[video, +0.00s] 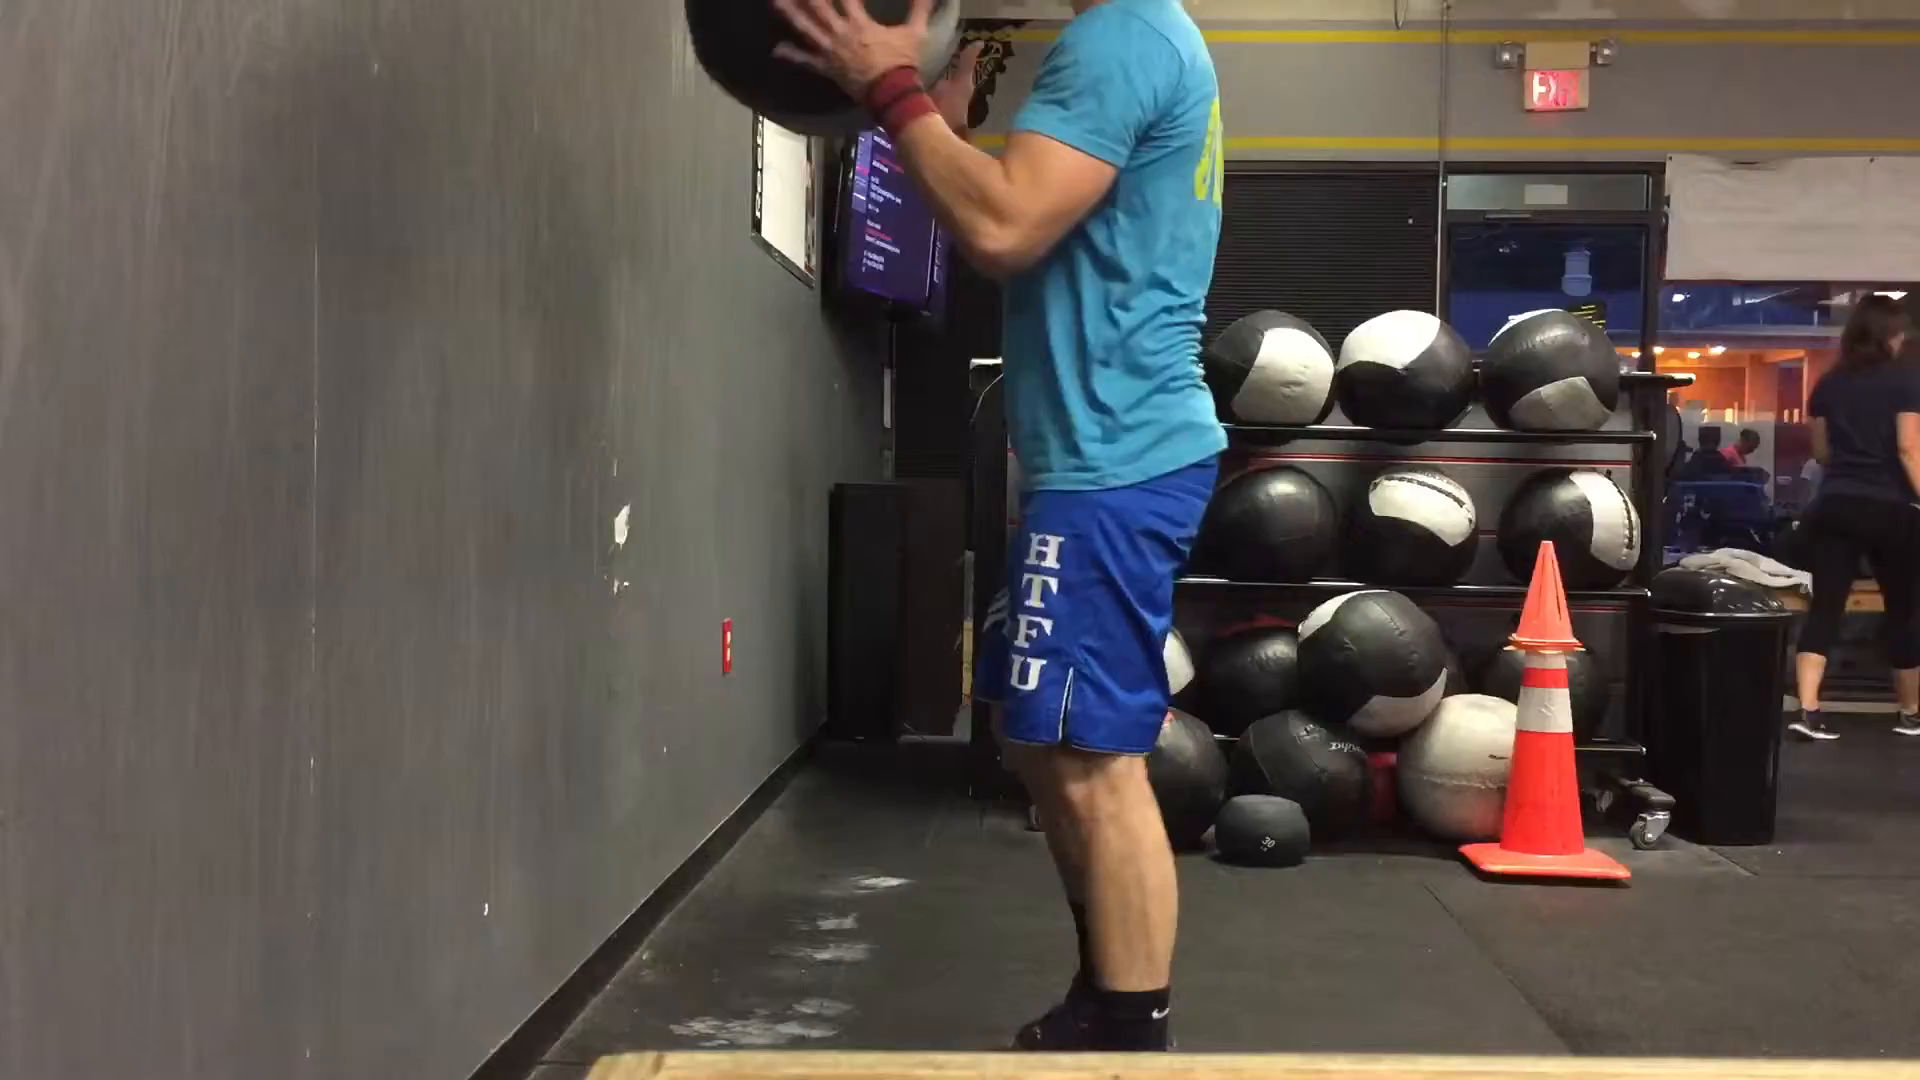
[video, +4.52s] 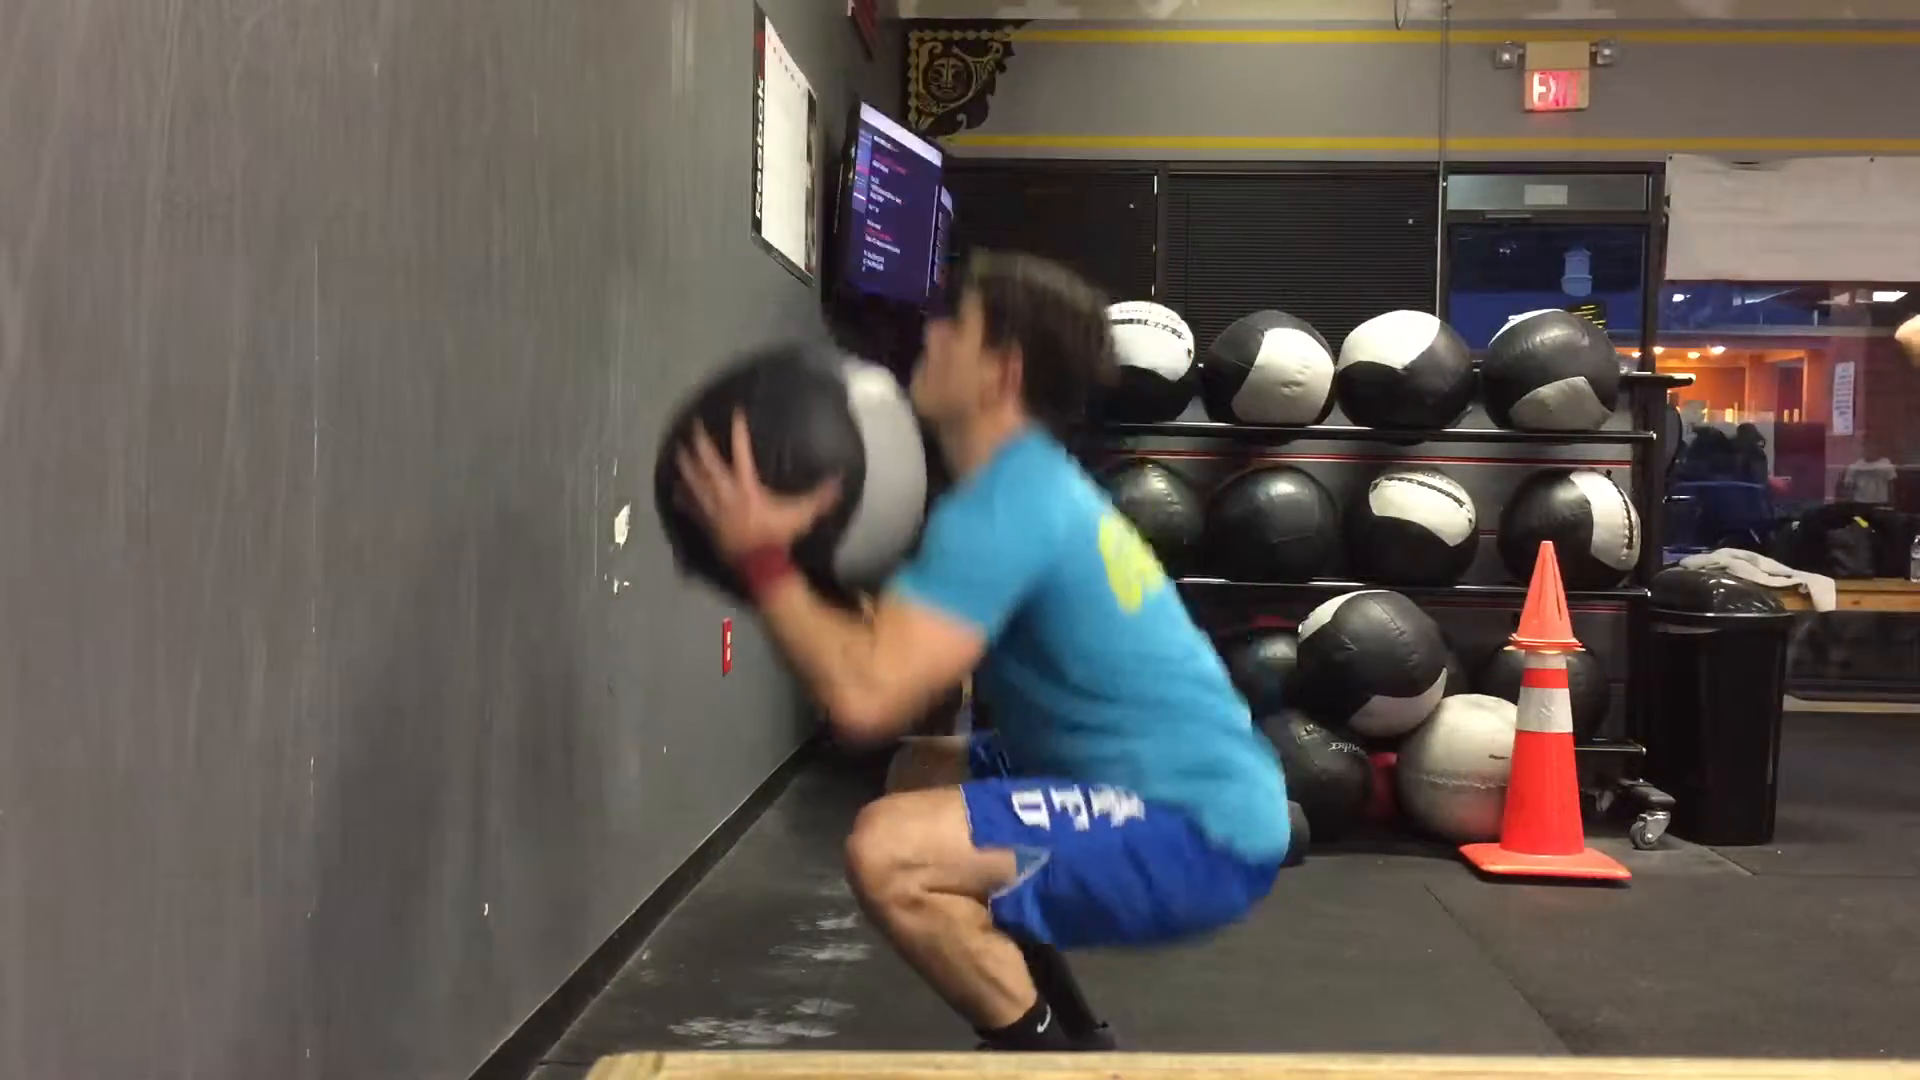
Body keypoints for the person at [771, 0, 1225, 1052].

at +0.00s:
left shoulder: (1131, 38)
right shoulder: (1104, 40)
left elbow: (1002, 228)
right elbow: (1015, 225)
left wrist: (892, 93)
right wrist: (946, 130)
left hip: (1125, 459)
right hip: (1081, 457)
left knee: (1099, 755)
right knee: (1039, 735)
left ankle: (1135, 1034)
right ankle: (1109, 1003)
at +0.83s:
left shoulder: (1096, 28)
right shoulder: (1064, 30)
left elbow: (983, 214)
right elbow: (970, 189)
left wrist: (880, 69)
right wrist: (863, 77)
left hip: (1081, 459)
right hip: (1033, 456)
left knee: (1075, 762)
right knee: (1008, 739)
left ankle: (1093, 1035)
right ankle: (1078, 1002)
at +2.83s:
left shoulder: (1081, 48)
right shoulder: (1088, 44)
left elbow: (956, 217)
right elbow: (960, 194)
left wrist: (860, 77)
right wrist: (876, 81)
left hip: (1020, 465)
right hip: (1029, 459)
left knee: (1027, 768)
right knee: (1040, 765)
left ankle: (1073, 1028)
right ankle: (1074, 1021)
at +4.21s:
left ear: (1058, 2)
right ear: (1069, 13)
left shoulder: (1048, 104)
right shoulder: (1063, 108)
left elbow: (889, 257)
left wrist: (788, 136)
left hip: (1157, 511)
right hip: (1147, 506)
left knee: (971, 782)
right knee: (1018, 784)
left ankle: (1067, 1038)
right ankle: (1066, 1028)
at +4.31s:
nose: (961, 87)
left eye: (986, 73)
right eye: (976, 68)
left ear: (1036, 117)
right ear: (1036, 122)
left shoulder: (1036, 240)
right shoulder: (1040, 231)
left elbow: (872, 397)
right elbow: (896, 383)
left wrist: (773, 267)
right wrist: (788, 277)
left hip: (1192, 613)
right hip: (1173, 600)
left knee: (933, 806)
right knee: (983, 795)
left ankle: (1054, 1039)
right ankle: (1065, 1023)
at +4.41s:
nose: (940, 225)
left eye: (965, 214)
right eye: (956, 208)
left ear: (1013, 263)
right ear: (1015, 269)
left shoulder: (1018, 390)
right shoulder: (1028, 371)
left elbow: (869, 567)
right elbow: (891, 538)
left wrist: (766, 428)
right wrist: (781, 427)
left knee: (900, 841)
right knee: (924, 764)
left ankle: (1046, 1046)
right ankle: (1063, 1016)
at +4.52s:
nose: (929, 336)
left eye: (952, 323)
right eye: (943, 319)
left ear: (1004, 369)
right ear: (1004, 373)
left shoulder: (1010, 505)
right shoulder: (1026, 483)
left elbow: (867, 700)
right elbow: (889, 661)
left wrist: (762, 559)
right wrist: (782, 555)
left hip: (1190, 830)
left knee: (888, 853)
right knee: (911, 775)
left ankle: (1042, 1050)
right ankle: (1066, 1028)